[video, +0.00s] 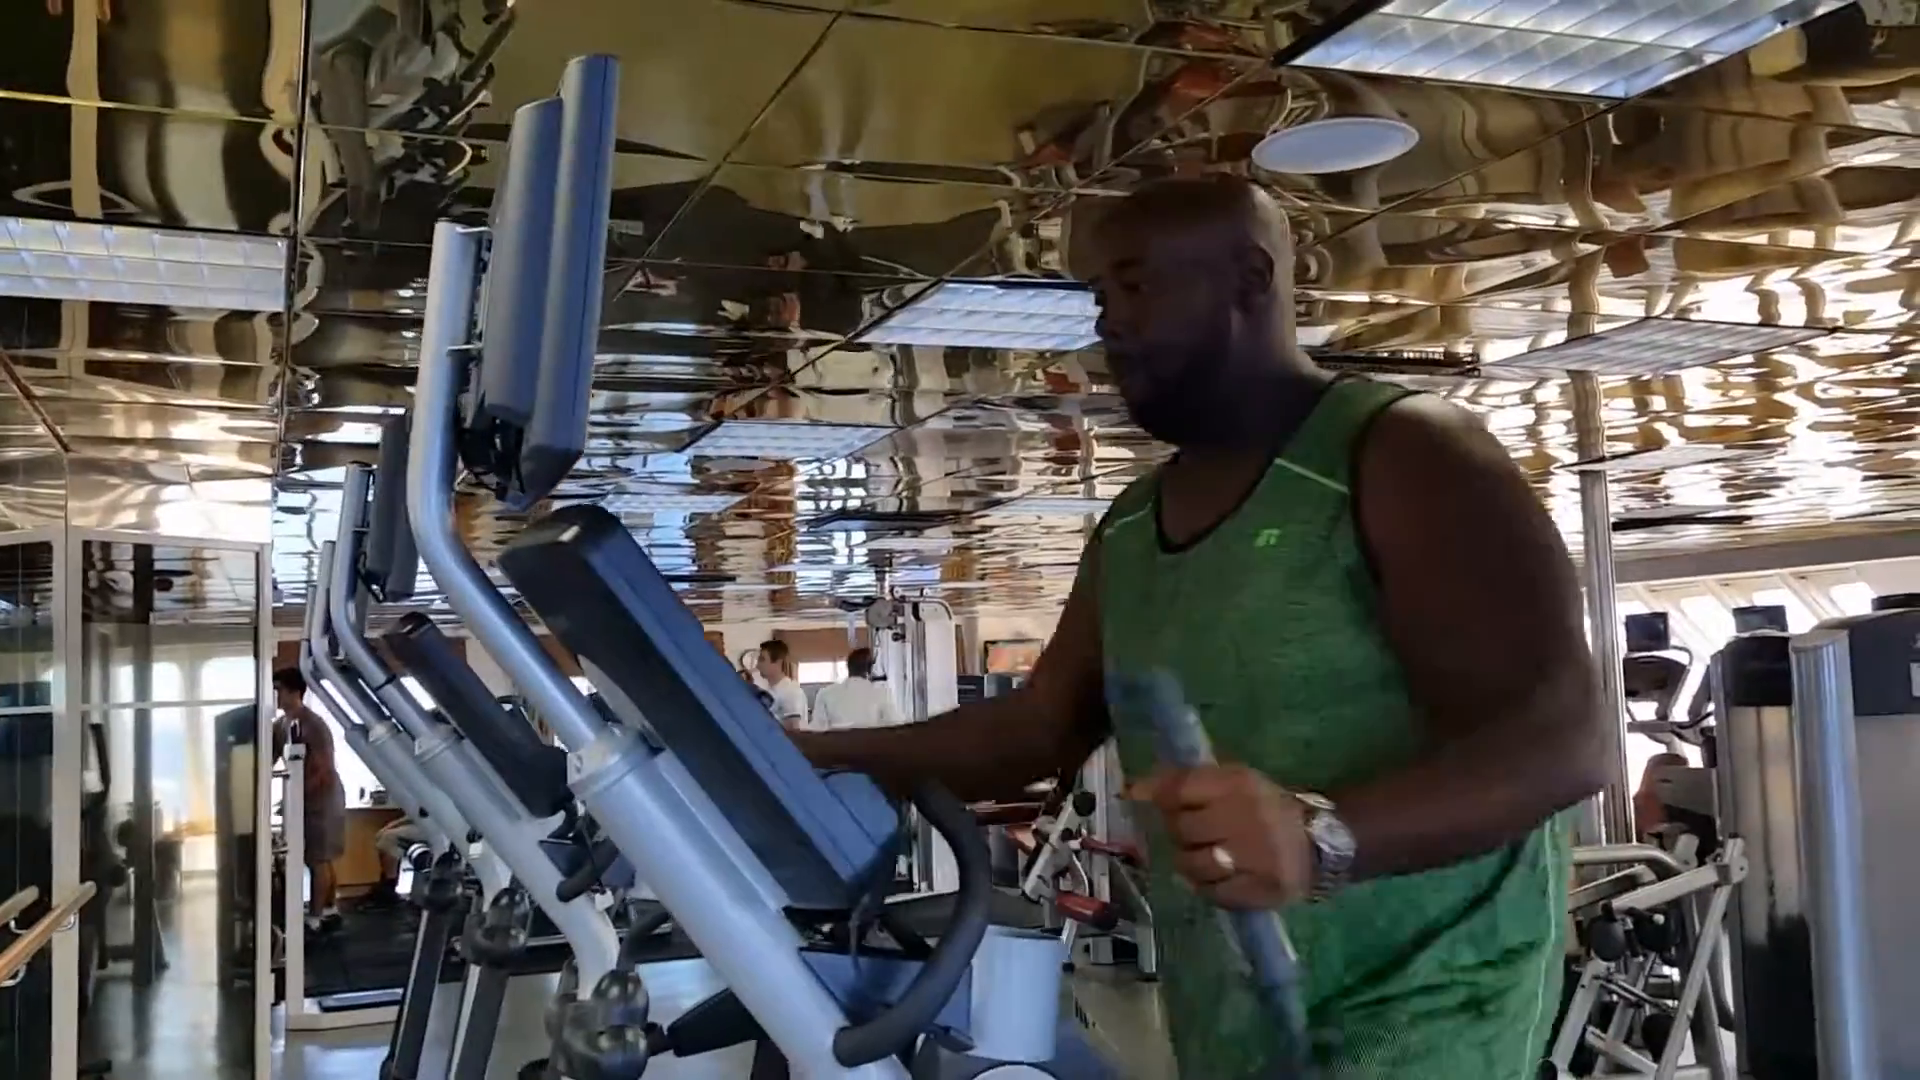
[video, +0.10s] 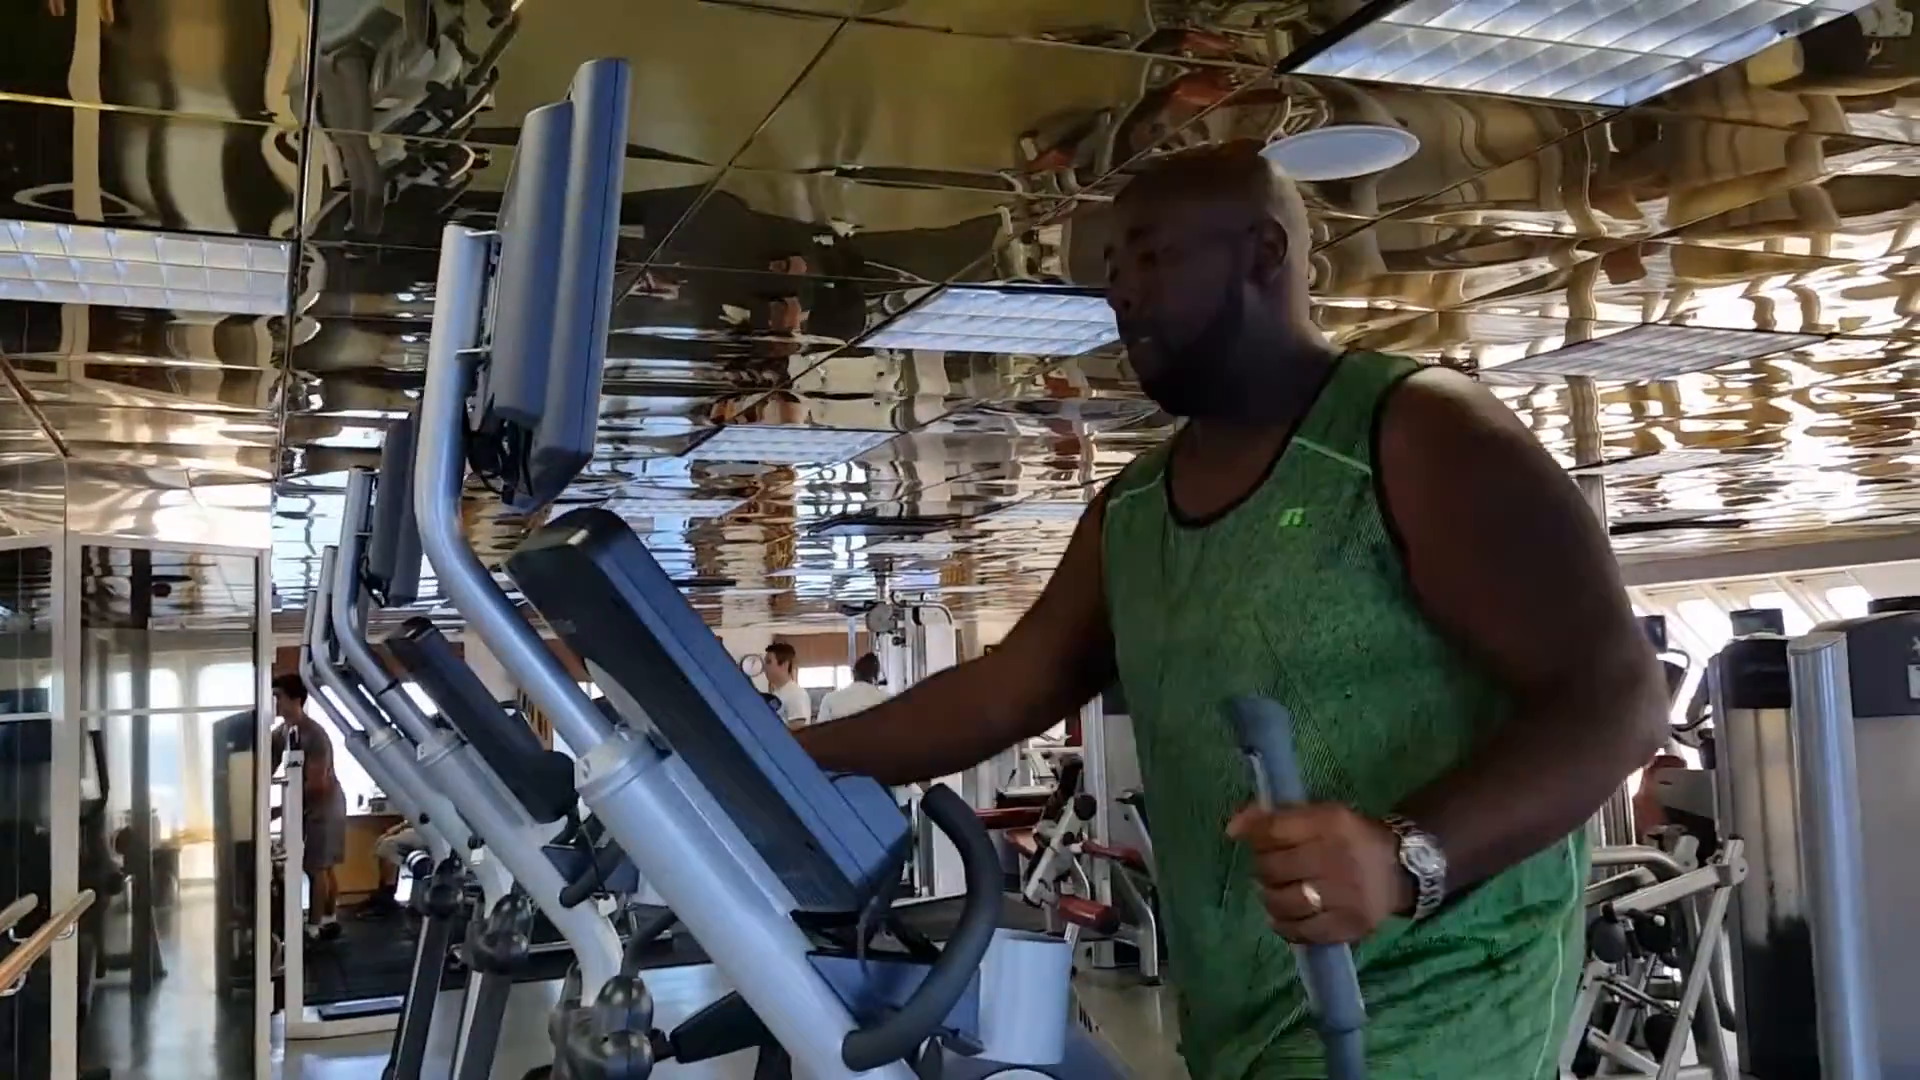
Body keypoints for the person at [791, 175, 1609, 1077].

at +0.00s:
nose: (1103, 328)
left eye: (1130, 285)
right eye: (1097, 298)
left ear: (1250, 285)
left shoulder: (1414, 461)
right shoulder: (1129, 533)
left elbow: (1568, 739)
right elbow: (1038, 732)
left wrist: (1327, 835)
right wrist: (818, 755)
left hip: (1426, 1009)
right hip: (1221, 1014)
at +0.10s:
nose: (1119, 295)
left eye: (1149, 258)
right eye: (1115, 270)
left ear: (1260, 259)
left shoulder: (1424, 432)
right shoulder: (1132, 511)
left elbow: (1619, 693)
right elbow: (1007, 689)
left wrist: (1414, 858)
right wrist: (793, 754)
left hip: (1439, 1010)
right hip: (1230, 1016)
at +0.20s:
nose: (1119, 269)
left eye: (1154, 229)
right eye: (1124, 234)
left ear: (1273, 230)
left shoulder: (1432, 404)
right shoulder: (1138, 494)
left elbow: (1631, 667)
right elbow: (974, 673)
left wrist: (1436, 861)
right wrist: (768, 764)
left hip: (1462, 1017)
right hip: (1252, 1020)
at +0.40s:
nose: (1151, 284)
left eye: (1189, 243)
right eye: (1151, 252)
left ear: (1308, 245)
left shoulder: (1462, 423)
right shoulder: (1176, 512)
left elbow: (1622, 702)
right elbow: (1056, 688)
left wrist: (1344, 838)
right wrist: (828, 766)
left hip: (1514, 1036)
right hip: (1269, 1040)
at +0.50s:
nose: (1173, 334)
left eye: (1205, 294)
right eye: (1173, 304)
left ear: (1324, 300)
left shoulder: (1477, 481)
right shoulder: (1221, 545)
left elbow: (1576, 780)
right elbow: (1108, 746)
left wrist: (1258, 829)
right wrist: (892, 775)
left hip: (1513, 1053)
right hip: (1269, 1051)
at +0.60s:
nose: (1180, 336)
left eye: (1212, 299)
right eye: (1178, 306)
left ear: (1331, 305)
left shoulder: (1474, 485)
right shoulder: (1242, 525)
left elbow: (1490, 774)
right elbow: (1210, 728)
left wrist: (1172, 813)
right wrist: (1015, 796)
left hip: (1492, 1049)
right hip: (1289, 1046)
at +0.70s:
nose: (1159, 310)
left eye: (1194, 276)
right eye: (1158, 284)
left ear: (1310, 279)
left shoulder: (1441, 444)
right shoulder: (1241, 498)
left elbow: (1419, 715)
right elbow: (1218, 724)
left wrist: (1107, 805)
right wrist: (1088, 791)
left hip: (1475, 1036)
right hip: (1287, 1032)